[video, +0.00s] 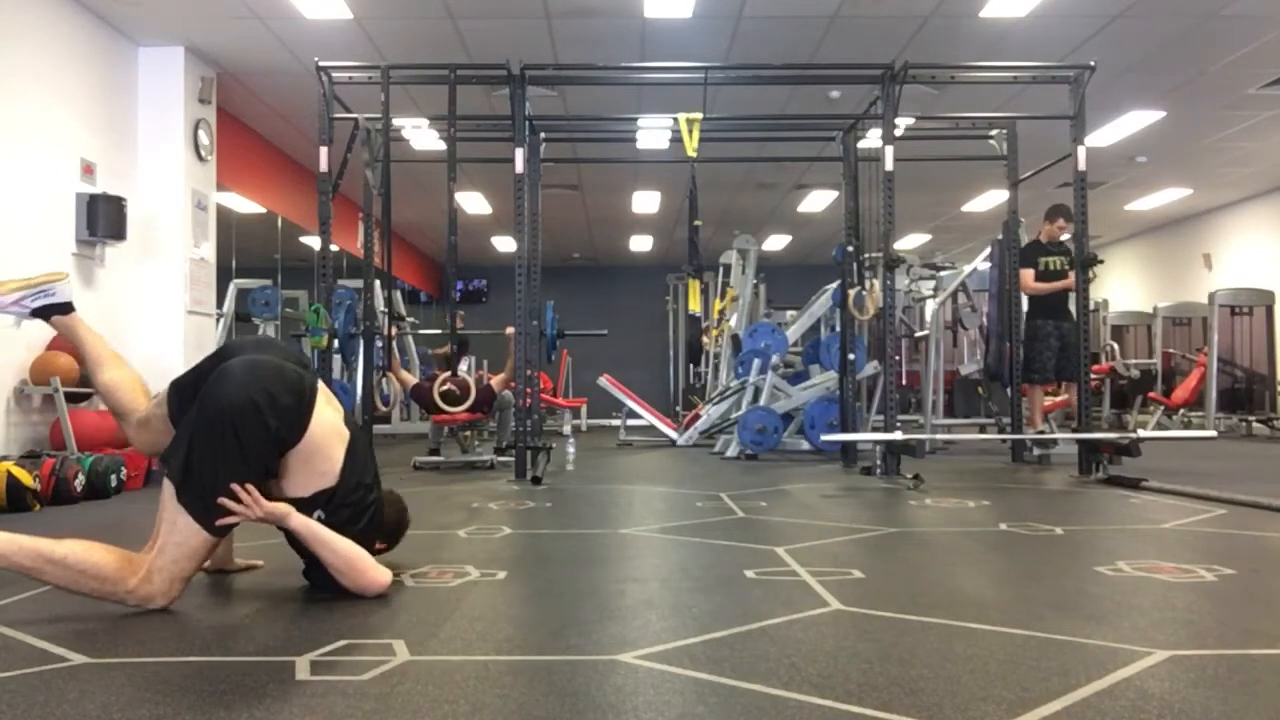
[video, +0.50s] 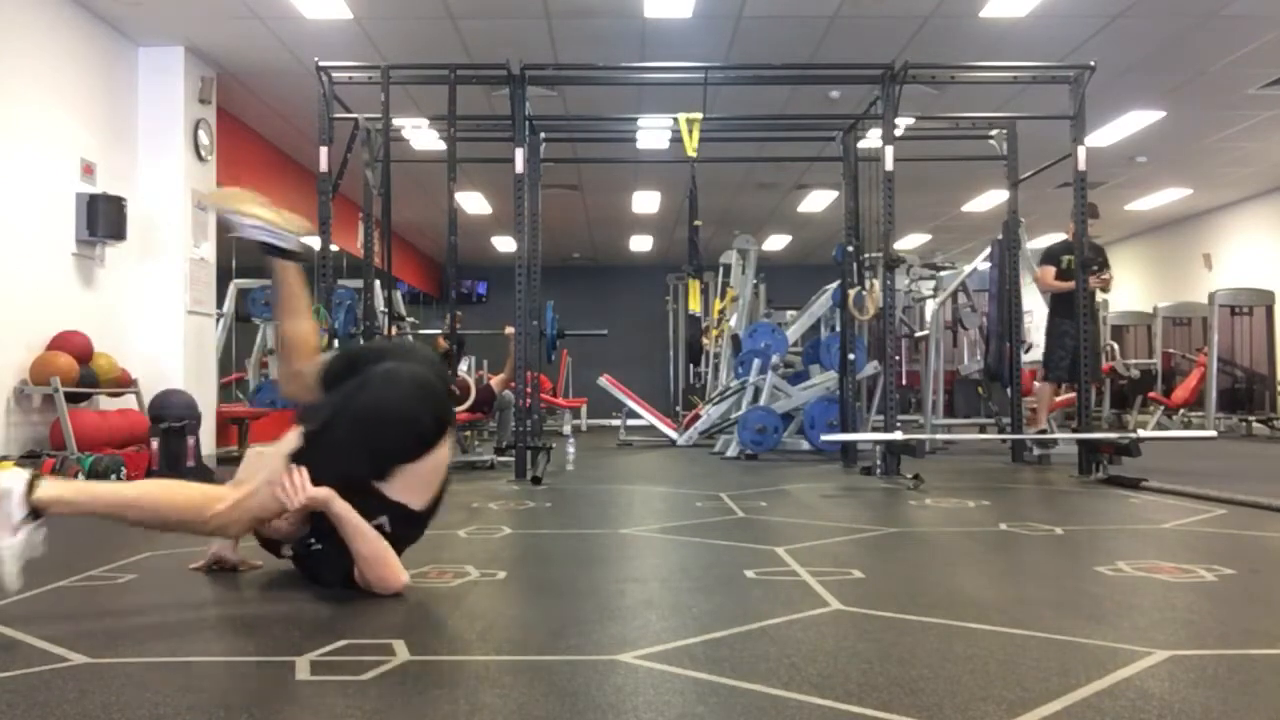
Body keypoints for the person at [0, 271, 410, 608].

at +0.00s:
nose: (374, 560)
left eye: (377, 550)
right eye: (379, 551)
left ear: (364, 509)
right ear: (377, 540)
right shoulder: (351, 529)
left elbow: (229, 455)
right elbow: (376, 581)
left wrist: (220, 551)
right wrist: (290, 516)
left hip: (259, 354)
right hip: (260, 398)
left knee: (146, 429)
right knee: (154, 582)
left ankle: (60, 313)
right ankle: (4, 543)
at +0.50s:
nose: (275, 524)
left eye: (273, 531)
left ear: (274, 535)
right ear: (298, 542)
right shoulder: (329, 557)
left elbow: (267, 451)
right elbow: (393, 581)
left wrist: (230, 543)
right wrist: (331, 505)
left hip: (402, 367)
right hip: (412, 403)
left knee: (301, 381)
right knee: (231, 510)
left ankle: (284, 248)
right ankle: (34, 492)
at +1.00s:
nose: (387, 449)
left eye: (383, 441)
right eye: (369, 451)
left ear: (396, 448)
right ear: (352, 481)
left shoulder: (437, 482)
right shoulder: (382, 527)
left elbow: (449, 403)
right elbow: (373, 562)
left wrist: (379, 370)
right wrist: (360, 526)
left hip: (588, 500)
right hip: (549, 533)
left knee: (522, 368)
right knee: (459, 381)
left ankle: (640, 394)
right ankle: (483, 223)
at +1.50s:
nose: (565, 337)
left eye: (562, 326)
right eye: (552, 325)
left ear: (537, 337)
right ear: (512, 335)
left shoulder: (553, 399)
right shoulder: (498, 395)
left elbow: (632, 391)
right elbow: (526, 440)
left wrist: (686, 340)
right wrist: (612, 434)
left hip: (620, 538)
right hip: (591, 546)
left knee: (688, 401)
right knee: (685, 387)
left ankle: (764, 518)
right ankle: (846, 326)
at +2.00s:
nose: (661, 314)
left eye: (661, 302)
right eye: (649, 299)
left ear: (619, 306)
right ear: (608, 304)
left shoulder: (617, 374)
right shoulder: (593, 372)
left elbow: (700, 424)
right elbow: (611, 469)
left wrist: (801, 428)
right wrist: (697, 535)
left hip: (630, 538)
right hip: (625, 551)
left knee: (696, 432)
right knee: (785, 452)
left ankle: (762, 542)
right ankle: (958, 443)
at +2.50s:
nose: (700, 310)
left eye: (707, 299)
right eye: (686, 296)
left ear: (711, 305)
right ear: (651, 303)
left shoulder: (675, 370)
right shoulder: (648, 370)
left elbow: (755, 431)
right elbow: (645, 479)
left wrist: (858, 456)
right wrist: (655, 586)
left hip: (647, 531)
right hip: (640, 556)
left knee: (716, 427)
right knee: (805, 485)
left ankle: (765, 545)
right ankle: (969, 481)